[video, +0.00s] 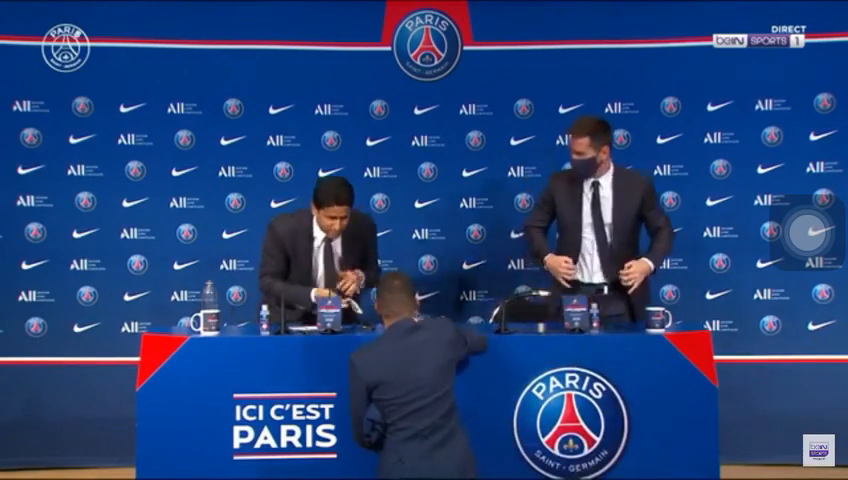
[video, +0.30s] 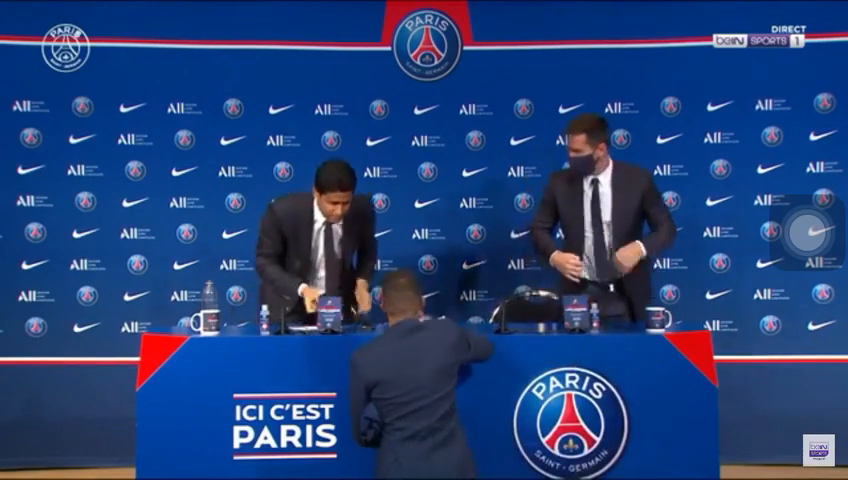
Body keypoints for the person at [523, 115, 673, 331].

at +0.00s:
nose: (574, 161)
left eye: (581, 156)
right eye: (572, 154)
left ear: (604, 153)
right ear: (570, 148)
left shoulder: (637, 185)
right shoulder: (560, 184)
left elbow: (663, 231)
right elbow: (534, 227)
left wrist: (647, 263)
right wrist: (547, 258)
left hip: (618, 298)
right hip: (571, 297)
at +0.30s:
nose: (571, 158)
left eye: (578, 152)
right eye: (569, 151)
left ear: (601, 150)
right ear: (567, 146)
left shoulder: (637, 180)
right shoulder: (560, 182)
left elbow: (666, 229)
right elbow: (539, 229)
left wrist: (639, 249)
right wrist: (554, 256)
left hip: (625, 295)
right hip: (578, 295)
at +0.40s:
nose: (570, 160)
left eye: (577, 155)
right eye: (568, 154)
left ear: (600, 151)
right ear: (566, 148)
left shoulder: (636, 177)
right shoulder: (560, 183)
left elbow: (662, 228)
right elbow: (540, 230)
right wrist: (556, 257)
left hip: (628, 294)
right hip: (581, 295)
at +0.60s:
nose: (569, 160)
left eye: (576, 154)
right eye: (567, 154)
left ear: (598, 150)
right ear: (564, 149)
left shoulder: (634, 175)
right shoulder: (558, 183)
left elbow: (659, 223)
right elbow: (539, 231)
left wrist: (625, 206)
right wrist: (557, 253)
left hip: (628, 293)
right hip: (581, 293)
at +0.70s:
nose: (573, 163)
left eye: (579, 157)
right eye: (570, 156)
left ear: (601, 151)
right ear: (566, 152)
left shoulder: (633, 174)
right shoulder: (558, 182)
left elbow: (659, 223)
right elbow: (538, 231)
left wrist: (623, 200)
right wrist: (557, 241)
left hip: (626, 290)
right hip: (580, 291)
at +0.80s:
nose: (580, 168)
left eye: (586, 162)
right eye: (576, 162)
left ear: (606, 154)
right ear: (571, 156)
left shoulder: (634, 173)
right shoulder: (564, 180)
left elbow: (659, 224)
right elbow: (543, 235)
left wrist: (624, 187)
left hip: (625, 290)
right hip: (580, 289)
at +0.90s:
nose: (584, 170)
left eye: (590, 164)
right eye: (579, 163)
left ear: (609, 155)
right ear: (575, 157)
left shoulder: (639, 173)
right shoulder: (573, 178)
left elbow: (658, 224)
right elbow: (548, 232)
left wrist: (625, 186)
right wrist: (561, 194)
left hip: (628, 291)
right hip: (583, 290)